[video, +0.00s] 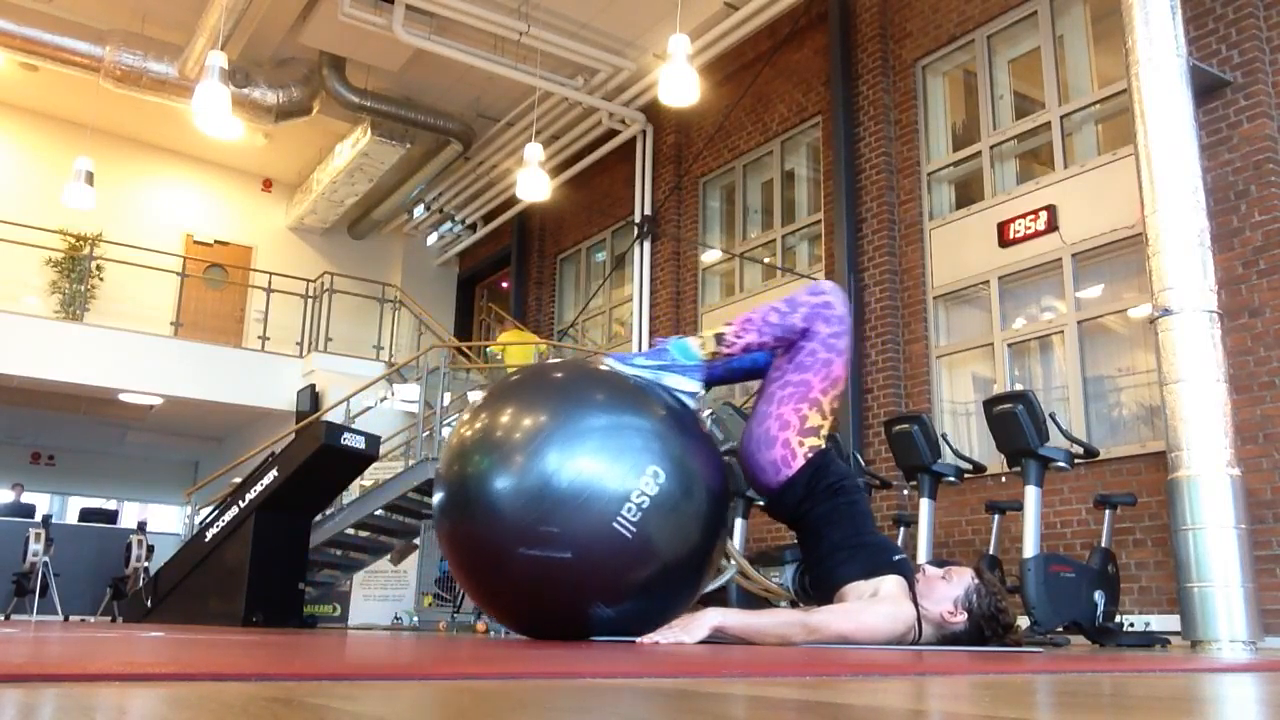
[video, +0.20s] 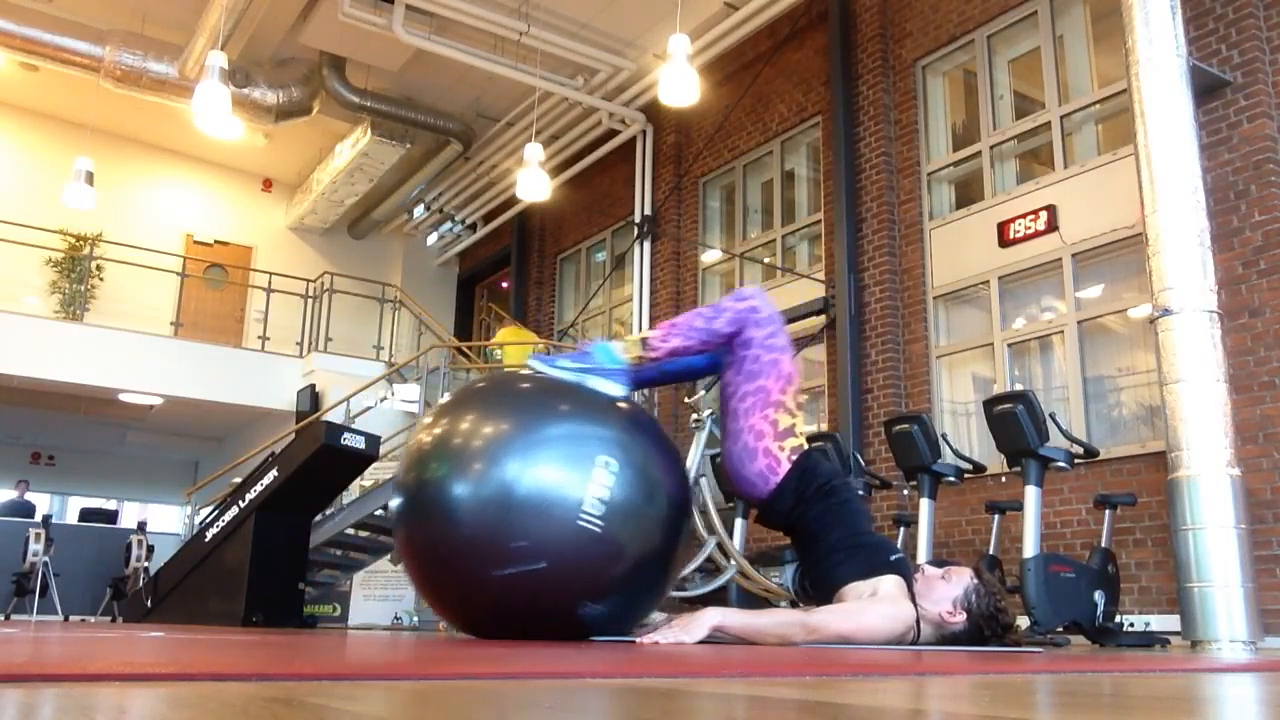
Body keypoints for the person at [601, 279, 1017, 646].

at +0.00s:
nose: (933, 569)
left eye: (945, 578)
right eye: (946, 570)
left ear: (949, 613)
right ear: (949, 612)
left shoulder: (891, 616)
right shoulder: (911, 607)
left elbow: (798, 629)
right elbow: (805, 624)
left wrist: (713, 621)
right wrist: (717, 618)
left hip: (782, 461)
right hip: (810, 464)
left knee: (827, 304)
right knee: (826, 317)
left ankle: (696, 365)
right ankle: (700, 372)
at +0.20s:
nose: (941, 563)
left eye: (951, 577)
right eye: (952, 567)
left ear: (948, 616)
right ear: (945, 605)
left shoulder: (892, 613)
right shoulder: (902, 596)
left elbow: (801, 626)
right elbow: (799, 625)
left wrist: (712, 620)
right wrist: (713, 623)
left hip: (766, 472)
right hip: (788, 467)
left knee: (756, 308)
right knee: (759, 319)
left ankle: (620, 365)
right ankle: (625, 372)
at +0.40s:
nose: (937, 569)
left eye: (948, 581)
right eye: (950, 569)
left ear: (945, 615)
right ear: (945, 603)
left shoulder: (891, 610)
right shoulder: (894, 595)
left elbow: (808, 628)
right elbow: (808, 621)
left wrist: (711, 618)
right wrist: (720, 620)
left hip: (762, 479)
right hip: (779, 470)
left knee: (688, 329)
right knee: (694, 335)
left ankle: (550, 364)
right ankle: (563, 370)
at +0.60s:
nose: (939, 569)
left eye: (951, 582)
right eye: (953, 571)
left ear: (946, 616)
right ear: (945, 604)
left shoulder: (890, 609)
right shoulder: (891, 592)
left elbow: (803, 626)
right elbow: (802, 621)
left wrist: (712, 618)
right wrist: (716, 620)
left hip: (754, 486)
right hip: (767, 473)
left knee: (653, 367)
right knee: (659, 363)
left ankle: (499, 362)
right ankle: (524, 361)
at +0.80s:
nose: (934, 570)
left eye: (947, 582)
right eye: (946, 569)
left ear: (946, 618)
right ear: (941, 597)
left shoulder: (892, 607)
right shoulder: (888, 589)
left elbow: (806, 626)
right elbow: (804, 621)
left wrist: (711, 616)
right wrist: (716, 621)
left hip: (751, 491)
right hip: (758, 481)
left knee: (633, 398)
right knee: (636, 393)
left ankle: (483, 368)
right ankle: (494, 365)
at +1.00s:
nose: (936, 571)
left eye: (949, 583)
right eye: (949, 570)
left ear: (946, 618)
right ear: (942, 592)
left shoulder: (893, 609)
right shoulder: (890, 590)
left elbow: (803, 626)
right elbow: (801, 622)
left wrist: (711, 618)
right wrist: (716, 622)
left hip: (752, 491)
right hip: (760, 478)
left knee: (636, 383)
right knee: (638, 380)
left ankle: (484, 363)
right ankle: (498, 368)